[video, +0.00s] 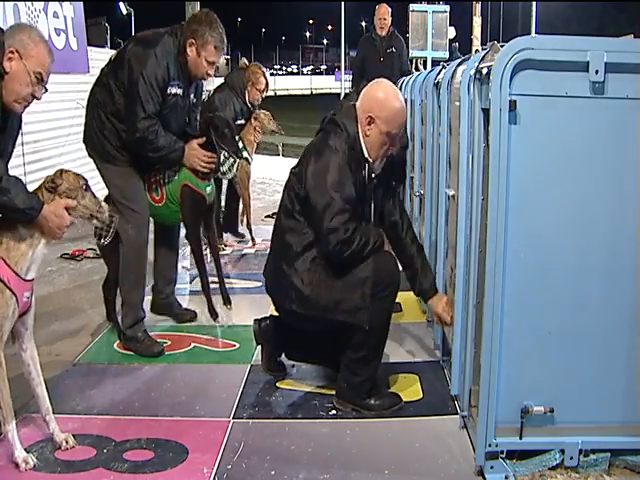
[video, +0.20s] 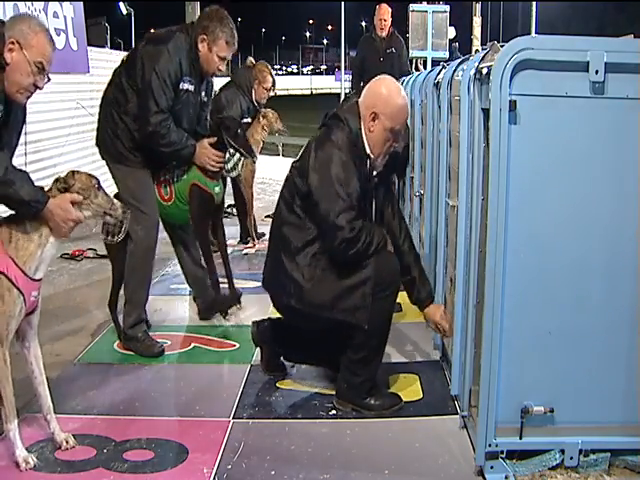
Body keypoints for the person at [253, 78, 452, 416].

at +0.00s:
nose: (396, 145)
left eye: (399, 136)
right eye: (391, 136)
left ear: (373, 123)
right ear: (366, 124)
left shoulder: (374, 154)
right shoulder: (331, 154)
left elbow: (397, 225)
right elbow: (340, 246)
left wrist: (430, 294)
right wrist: (379, 237)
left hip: (327, 280)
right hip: (297, 281)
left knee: (355, 355)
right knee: (382, 270)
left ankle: (277, 333)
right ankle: (356, 389)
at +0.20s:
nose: (398, 142)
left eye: (401, 134)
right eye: (394, 133)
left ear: (374, 120)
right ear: (370, 121)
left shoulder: (369, 152)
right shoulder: (333, 148)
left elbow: (395, 230)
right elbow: (344, 244)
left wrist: (426, 301)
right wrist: (382, 236)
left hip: (327, 280)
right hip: (298, 281)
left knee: (355, 353)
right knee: (382, 270)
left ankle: (273, 334)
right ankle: (356, 389)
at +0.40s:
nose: (402, 84)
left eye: (404, 75)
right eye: (403, 74)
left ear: (376, 59)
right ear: (390, 66)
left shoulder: (344, 86)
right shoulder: (353, 98)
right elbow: (361, 193)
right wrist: (393, 236)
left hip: (297, 230)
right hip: (305, 234)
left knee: (349, 314)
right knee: (391, 271)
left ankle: (271, 336)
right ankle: (357, 387)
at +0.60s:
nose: (391, 19)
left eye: (392, 11)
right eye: (391, 10)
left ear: (352, 3)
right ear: (377, 5)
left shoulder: (313, 31)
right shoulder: (367, 46)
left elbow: (294, 114)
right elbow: (383, 138)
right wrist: (401, 211)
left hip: (285, 187)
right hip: (327, 191)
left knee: (334, 265)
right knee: (387, 265)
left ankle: (281, 362)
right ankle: (358, 385)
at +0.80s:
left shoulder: (270, 11)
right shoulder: (356, 8)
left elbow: (261, 88)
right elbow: (380, 88)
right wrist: (397, 162)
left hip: (274, 162)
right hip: (331, 162)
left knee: (301, 262)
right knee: (371, 259)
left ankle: (285, 385)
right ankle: (355, 387)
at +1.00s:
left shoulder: (240, 9)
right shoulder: (339, 4)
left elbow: (223, 65)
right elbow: (359, 55)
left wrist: (229, 144)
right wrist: (375, 127)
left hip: (258, 138)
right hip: (321, 131)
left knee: (280, 259)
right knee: (342, 256)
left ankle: (281, 385)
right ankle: (350, 381)